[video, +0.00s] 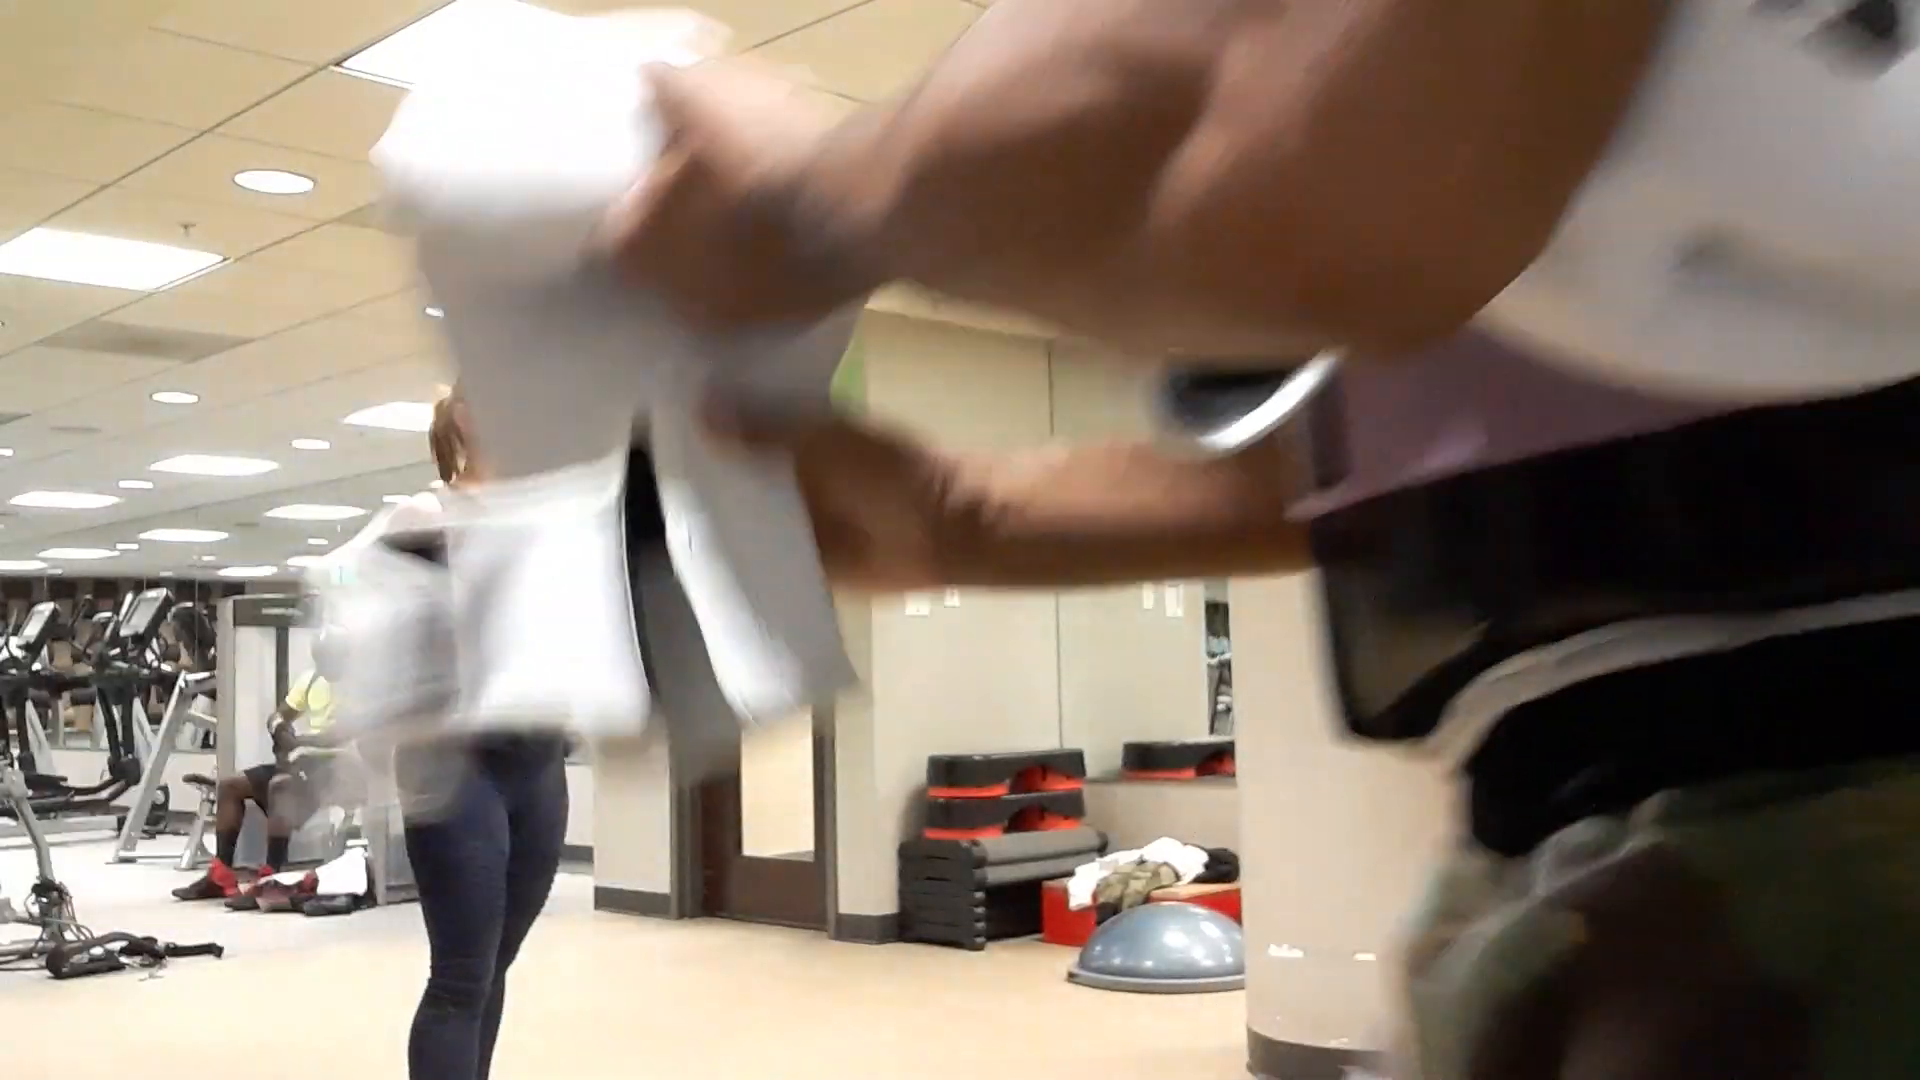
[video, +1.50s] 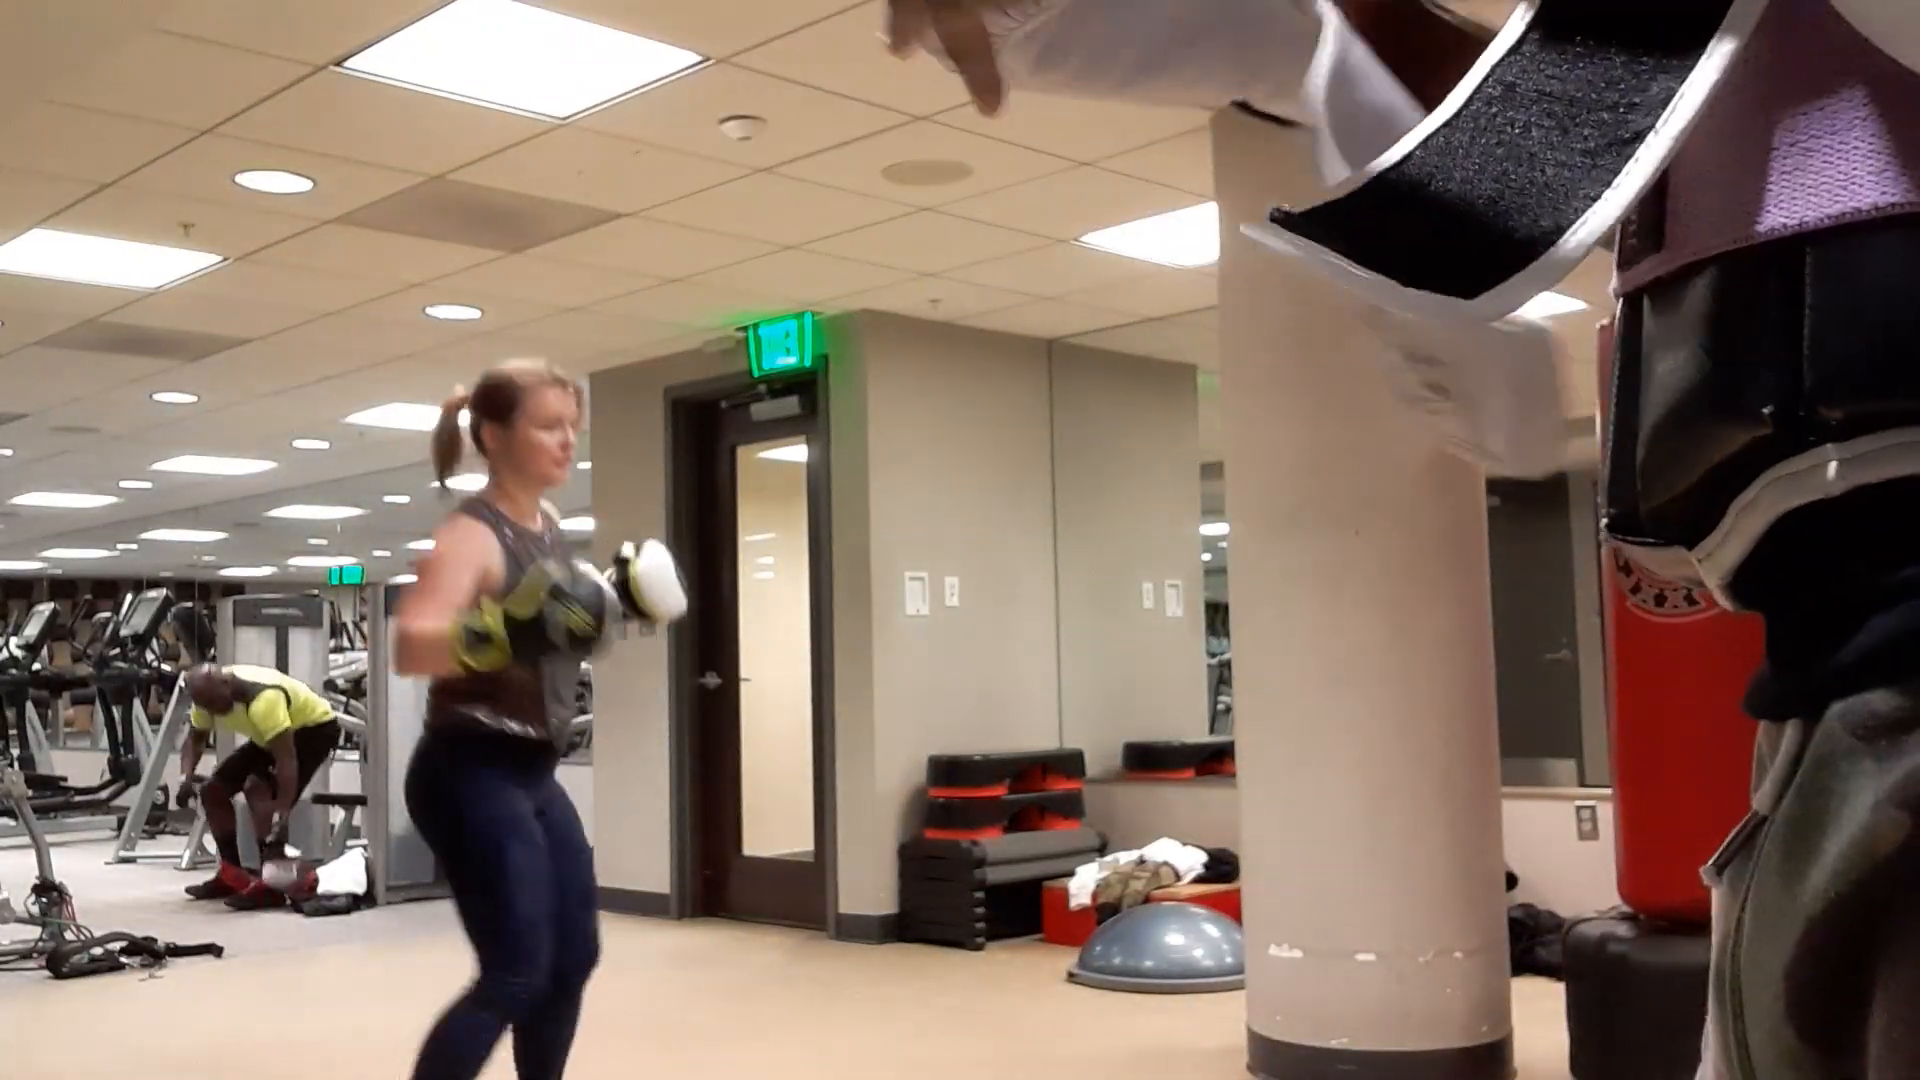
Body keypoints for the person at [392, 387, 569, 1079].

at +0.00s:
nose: (509, 426)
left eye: (510, 410)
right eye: (491, 412)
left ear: (526, 422)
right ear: (464, 430)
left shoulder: (554, 516)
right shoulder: (416, 525)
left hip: (540, 758)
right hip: (448, 759)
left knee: (490, 971)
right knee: (463, 976)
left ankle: (470, 1074)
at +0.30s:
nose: (540, 414)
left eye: (547, 401)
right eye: (523, 398)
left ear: (549, 411)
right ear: (467, 405)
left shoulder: (537, 506)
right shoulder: (449, 490)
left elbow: (587, 636)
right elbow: (468, 585)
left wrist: (621, 567)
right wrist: (546, 508)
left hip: (535, 755)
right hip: (459, 753)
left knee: (540, 954)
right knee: (456, 968)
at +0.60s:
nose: (547, 416)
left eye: (554, 403)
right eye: (526, 402)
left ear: (560, 414)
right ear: (474, 418)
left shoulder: (580, 509)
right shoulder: (448, 528)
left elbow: (629, 625)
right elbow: (429, 664)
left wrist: (650, 576)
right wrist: (503, 605)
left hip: (567, 759)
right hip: (476, 760)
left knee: (573, 957)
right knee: (479, 971)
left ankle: (540, 1076)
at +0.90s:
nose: (567, 470)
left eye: (567, 456)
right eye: (546, 462)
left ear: (571, 459)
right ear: (489, 484)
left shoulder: (583, 537)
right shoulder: (465, 596)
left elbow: (612, 608)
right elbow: (363, 681)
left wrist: (647, 614)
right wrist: (413, 713)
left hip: (555, 786)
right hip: (483, 794)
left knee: (602, 961)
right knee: (534, 974)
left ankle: (549, 1079)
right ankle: (452, 1076)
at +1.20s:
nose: (605, 519)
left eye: (602, 503)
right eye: (586, 512)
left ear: (526, 535)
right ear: (528, 532)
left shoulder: (489, 583)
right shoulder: (541, 621)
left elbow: (511, 677)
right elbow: (610, 709)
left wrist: (586, 636)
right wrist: (701, 666)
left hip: (519, 826)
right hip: (482, 839)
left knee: (617, 960)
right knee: (584, 1011)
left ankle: (544, 1065)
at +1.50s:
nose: (567, 442)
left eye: (571, 428)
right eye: (549, 427)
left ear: (574, 434)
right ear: (494, 435)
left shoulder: (545, 529)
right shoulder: (470, 533)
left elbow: (554, 629)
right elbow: (411, 647)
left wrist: (621, 604)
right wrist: (513, 627)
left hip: (532, 769)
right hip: (468, 770)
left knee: (571, 956)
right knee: (518, 970)